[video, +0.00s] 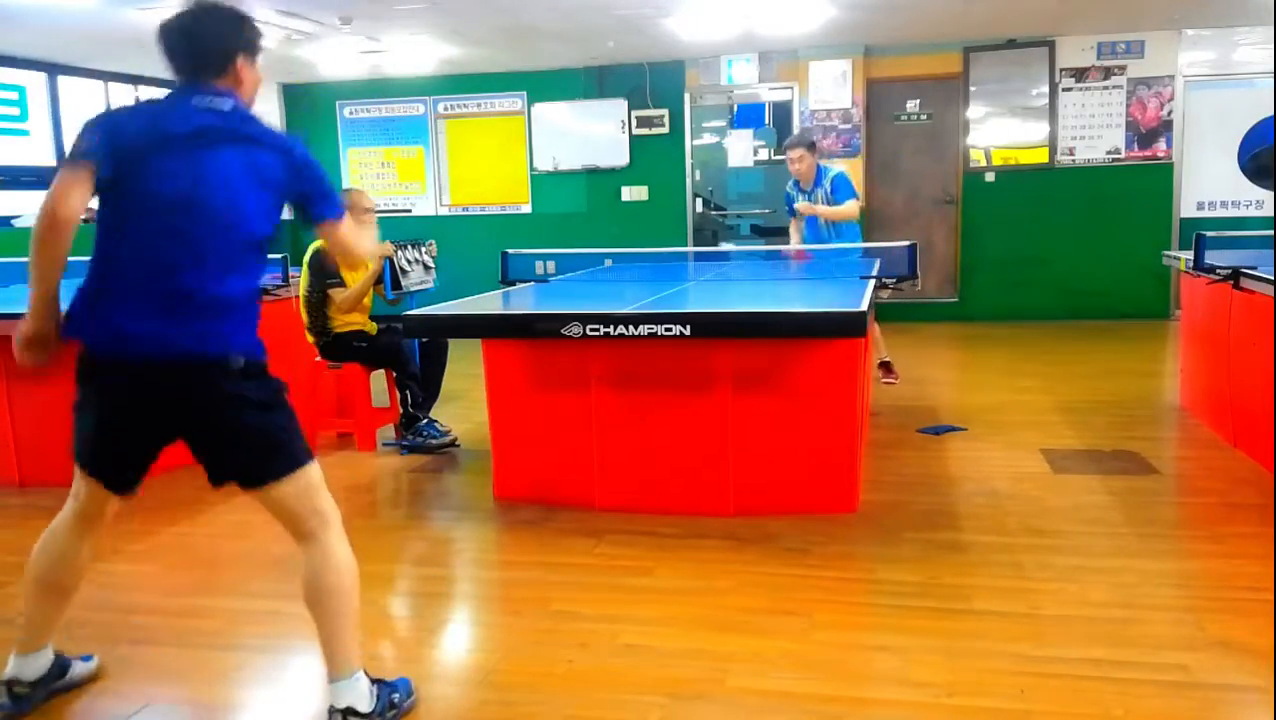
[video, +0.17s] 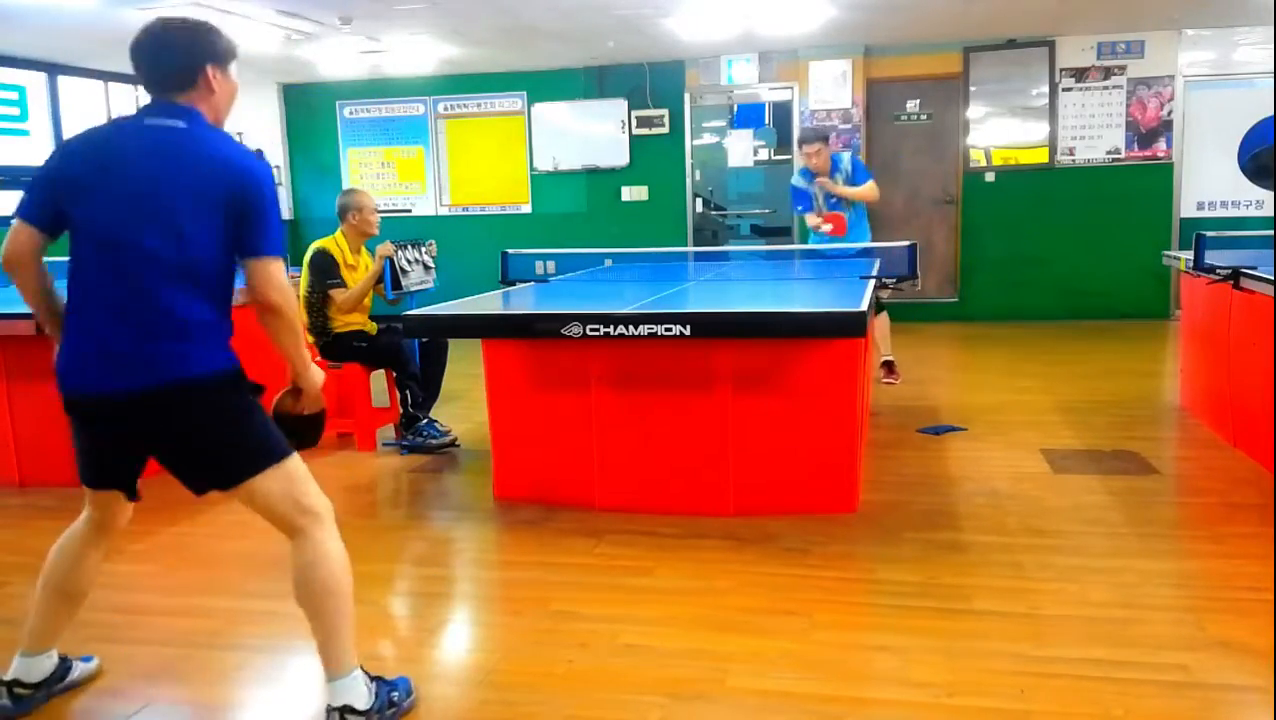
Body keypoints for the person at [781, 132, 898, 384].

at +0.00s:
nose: (794, 167)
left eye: (799, 160)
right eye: (790, 162)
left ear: (814, 157)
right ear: (786, 163)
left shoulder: (837, 178)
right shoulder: (792, 189)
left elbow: (853, 211)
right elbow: (795, 221)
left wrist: (816, 210)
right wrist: (796, 244)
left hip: (846, 258)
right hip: (814, 259)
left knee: (862, 309)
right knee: (814, 310)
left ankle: (883, 360)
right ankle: (814, 365)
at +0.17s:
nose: (813, 161)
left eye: (818, 153)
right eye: (807, 156)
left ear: (828, 148)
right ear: (800, 155)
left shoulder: (848, 162)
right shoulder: (800, 179)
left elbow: (873, 193)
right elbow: (807, 216)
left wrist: (837, 189)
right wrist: (816, 222)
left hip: (858, 247)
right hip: (822, 251)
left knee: (874, 302)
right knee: (822, 305)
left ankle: (887, 359)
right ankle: (826, 363)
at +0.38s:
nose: (823, 156)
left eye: (828, 149)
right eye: (818, 151)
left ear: (838, 147)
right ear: (811, 151)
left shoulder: (854, 163)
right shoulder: (806, 176)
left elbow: (880, 191)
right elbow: (811, 215)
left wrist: (863, 193)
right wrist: (829, 221)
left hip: (857, 250)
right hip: (820, 253)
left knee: (873, 302)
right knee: (822, 307)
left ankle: (886, 359)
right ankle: (824, 365)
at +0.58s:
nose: (815, 156)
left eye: (821, 150)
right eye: (811, 150)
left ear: (835, 148)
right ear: (806, 151)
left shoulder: (853, 165)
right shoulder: (803, 176)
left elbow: (880, 191)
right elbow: (804, 212)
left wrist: (862, 201)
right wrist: (816, 223)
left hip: (855, 248)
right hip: (818, 251)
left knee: (872, 300)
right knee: (817, 301)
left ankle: (889, 354)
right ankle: (819, 358)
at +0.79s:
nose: (835, 168)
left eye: (841, 161)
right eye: (832, 162)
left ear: (857, 159)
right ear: (828, 163)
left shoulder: (876, 180)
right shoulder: (827, 187)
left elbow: (907, 211)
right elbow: (807, 216)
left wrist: (878, 219)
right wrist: (785, 241)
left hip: (877, 261)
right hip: (842, 262)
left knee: (897, 312)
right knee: (840, 314)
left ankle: (920, 354)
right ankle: (842, 364)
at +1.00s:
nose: (853, 150)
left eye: (858, 144)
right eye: (849, 145)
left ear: (873, 143)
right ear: (845, 147)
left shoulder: (892, 168)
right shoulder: (844, 173)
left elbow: (919, 200)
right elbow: (840, 204)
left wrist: (897, 217)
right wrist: (831, 228)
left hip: (894, 248)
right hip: (859, 250)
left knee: (908, 299)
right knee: (855, 302)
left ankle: (923, 352)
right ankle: (855, 357)